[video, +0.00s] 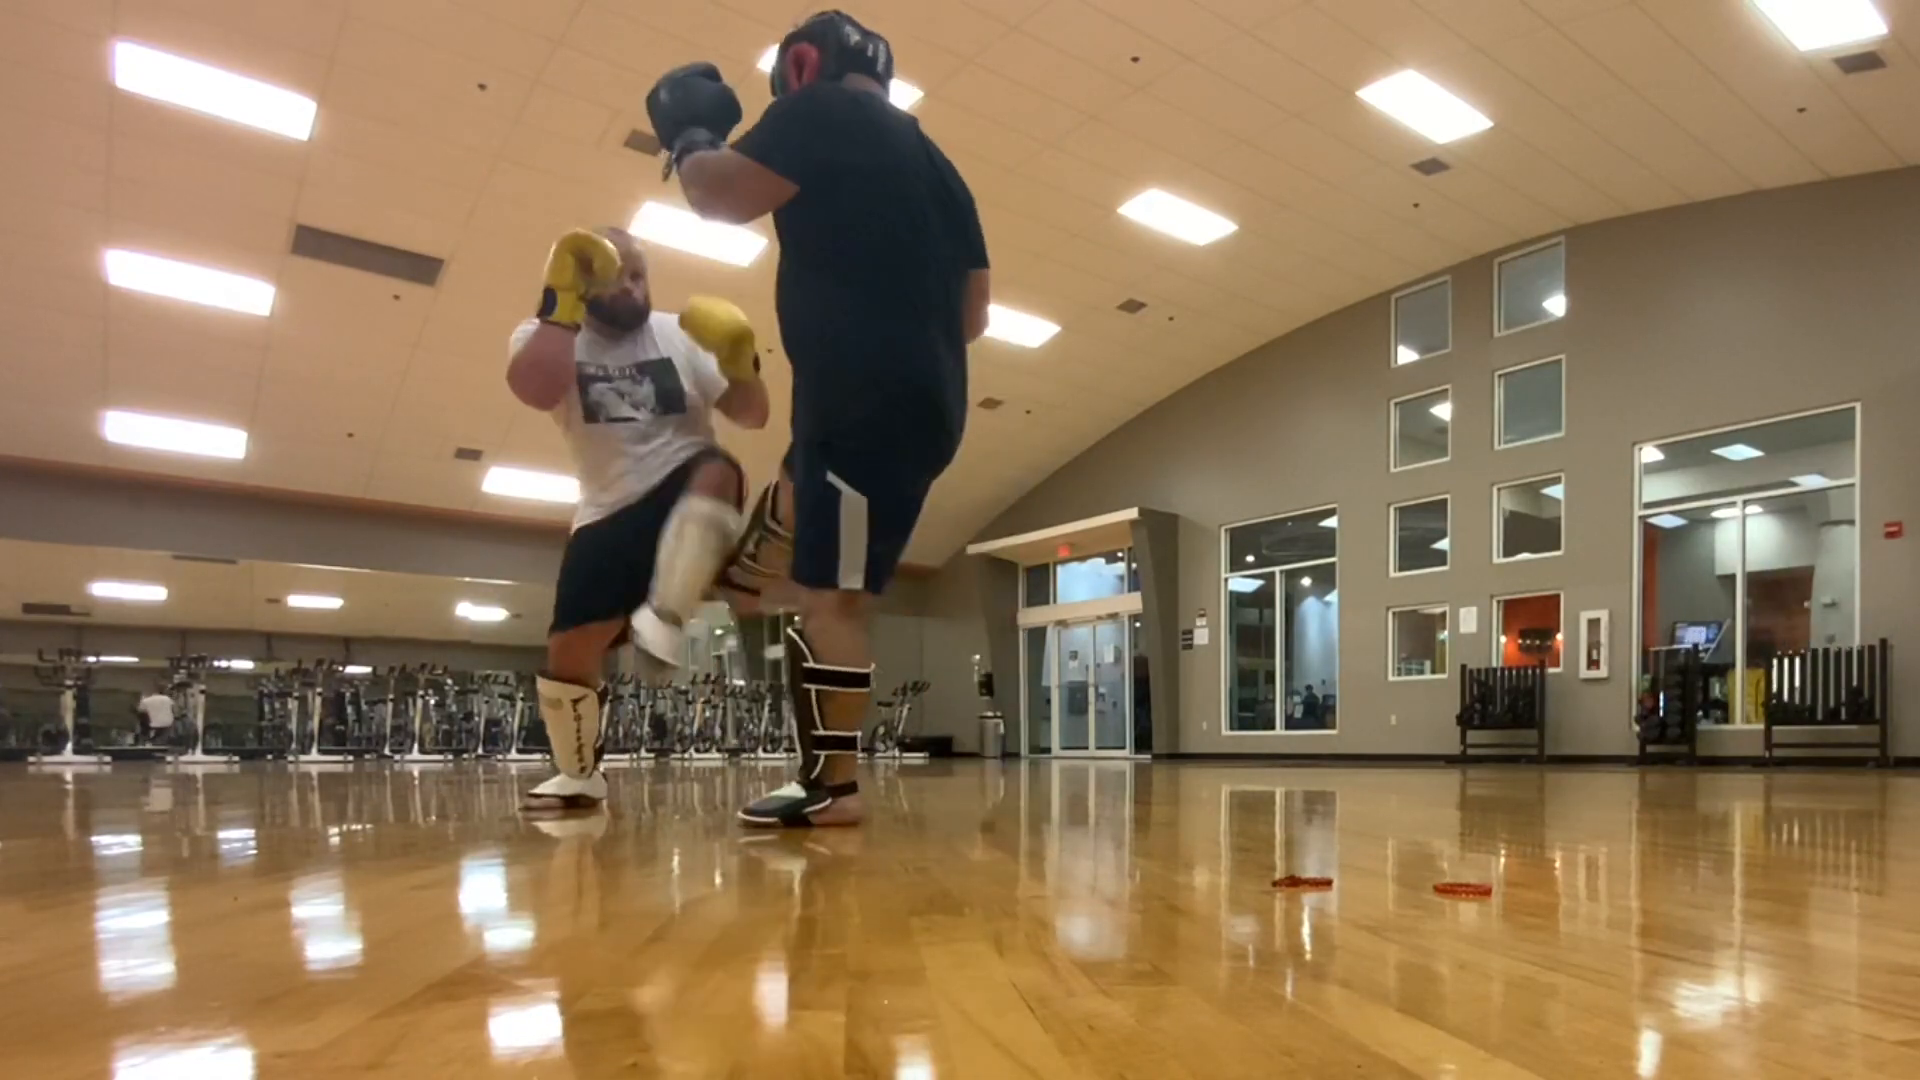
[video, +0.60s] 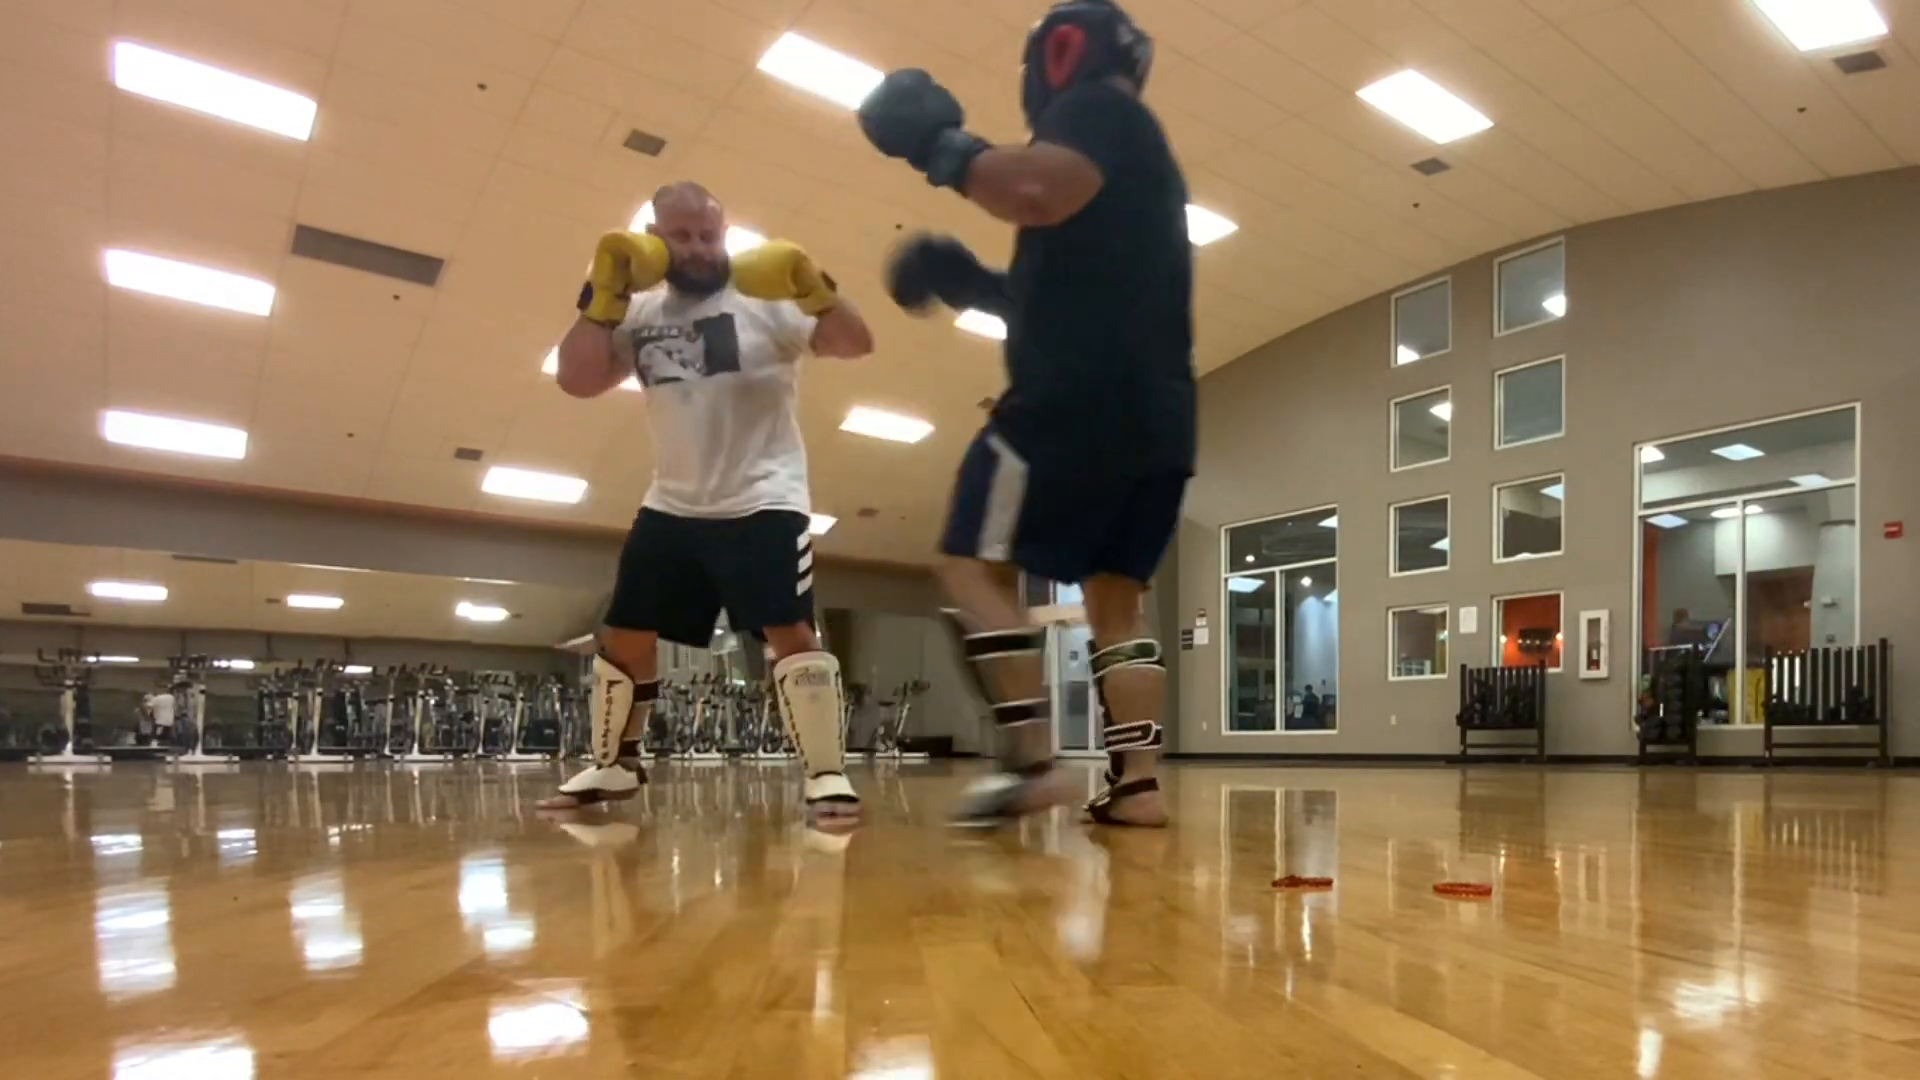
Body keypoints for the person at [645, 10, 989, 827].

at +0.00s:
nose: (784, 90)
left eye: (786, 75)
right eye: (786, 78)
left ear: (806, 62)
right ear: (875, 75)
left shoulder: (819, 109)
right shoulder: (936, 161)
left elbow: (724, 193)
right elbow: (972, 311)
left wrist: (690, 134)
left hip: (858, 386)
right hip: (926, 396)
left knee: (834, 596)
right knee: (772, 562)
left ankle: (834, 785)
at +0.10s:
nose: (793, 88)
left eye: (798, 73)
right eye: (795, 76)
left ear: (820, 61)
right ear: (892, 77)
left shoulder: (831, 116)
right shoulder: (948, 166)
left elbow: (730, 194)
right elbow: (971, 295)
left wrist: (683, 139)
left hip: (873, 396)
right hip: (943, 404)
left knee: (836, 591)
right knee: (810, 484)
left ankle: (835, 784)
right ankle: (773, 607)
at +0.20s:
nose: (812, 94)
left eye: (817, 77)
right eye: (813, 80)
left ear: (844, 62)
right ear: (913, 75)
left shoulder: (874, 120)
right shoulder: (952, 162)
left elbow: (773, 206)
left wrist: (712, 150)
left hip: (886, 398)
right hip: (949, 402)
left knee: (837, 593)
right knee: (870, 563)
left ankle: (832, 783)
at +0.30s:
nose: (852, 107)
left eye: (859, 87)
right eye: (855, 90)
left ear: (888, 74)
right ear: (947, 85)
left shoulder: (922, 135)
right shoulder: (965, 162)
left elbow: (854, 212)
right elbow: (908, 277)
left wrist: (771, 160)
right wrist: (813, 247)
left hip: (898, 420)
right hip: (974, 427)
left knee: (829, 595)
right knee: (936, 594)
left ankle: (830, 785)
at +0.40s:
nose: (914, 118)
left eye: (922, 98)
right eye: (917, 102)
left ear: (951, 86)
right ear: (1008, 97)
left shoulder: (990, 148)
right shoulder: (1010, 178)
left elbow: (949, 223)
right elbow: (902, 252)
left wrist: (834, 156)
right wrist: (801, 190)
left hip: (934, 433)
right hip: (1020, 438)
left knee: (855, 598)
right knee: (1026, 616)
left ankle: (831, 784)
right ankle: (1127, 764)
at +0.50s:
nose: (981, 101)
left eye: (987, 85)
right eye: (983, 89)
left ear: (1012, 75)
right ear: (1064, 85)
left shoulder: (1049, 135)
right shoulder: (1070, 171)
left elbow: (1020, 222)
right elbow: (981, 279)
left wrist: (903, 156)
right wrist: (877, 214)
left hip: (1006, 425)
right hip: (1091, 430)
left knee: (922, 594)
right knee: (1080, 604)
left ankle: (850, 779)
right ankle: (1136, 788)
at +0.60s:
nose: (1028, 82)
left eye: (1034, 64)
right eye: (1029, 70)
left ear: (1065, 50)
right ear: (1119, 62)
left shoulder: (1101, 110)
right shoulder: (1137, 153)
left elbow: (1039, 188)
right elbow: (1076, 307)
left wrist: (938, 142)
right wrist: (967, 280)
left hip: (1072, 399)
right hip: (1156, 412)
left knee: (970, 563)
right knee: (1113, 593)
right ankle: (1137, 786)